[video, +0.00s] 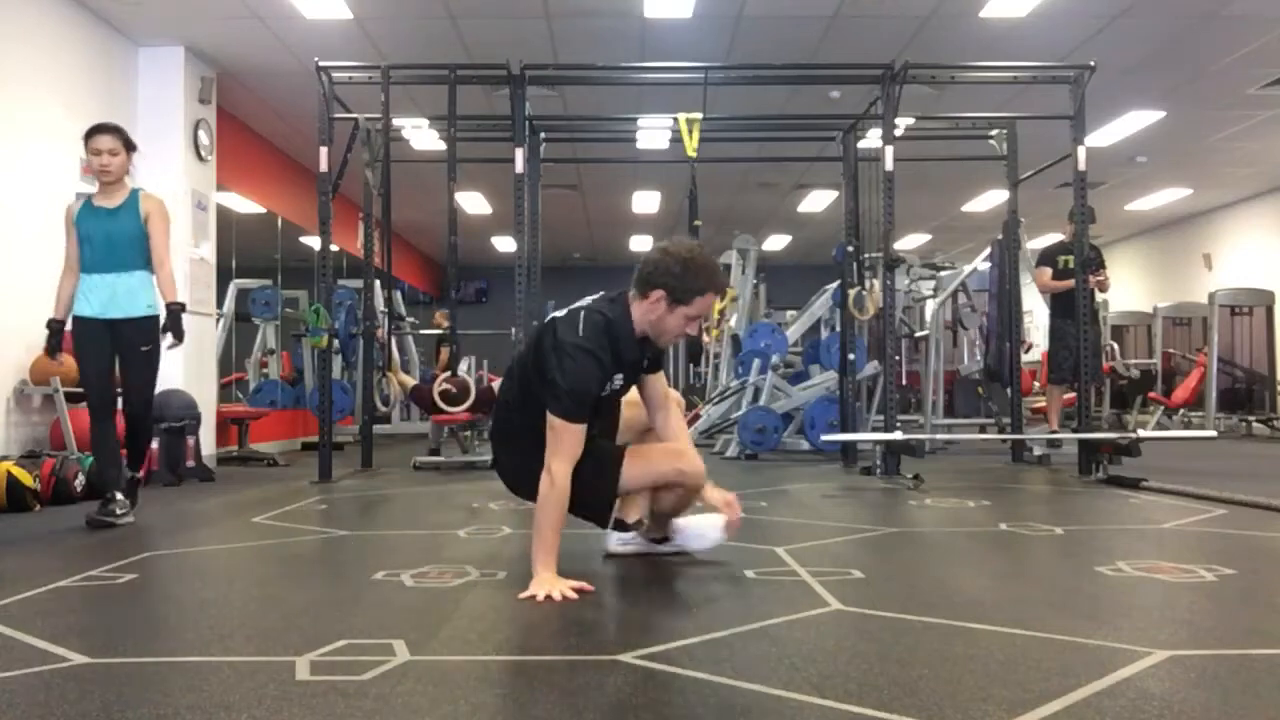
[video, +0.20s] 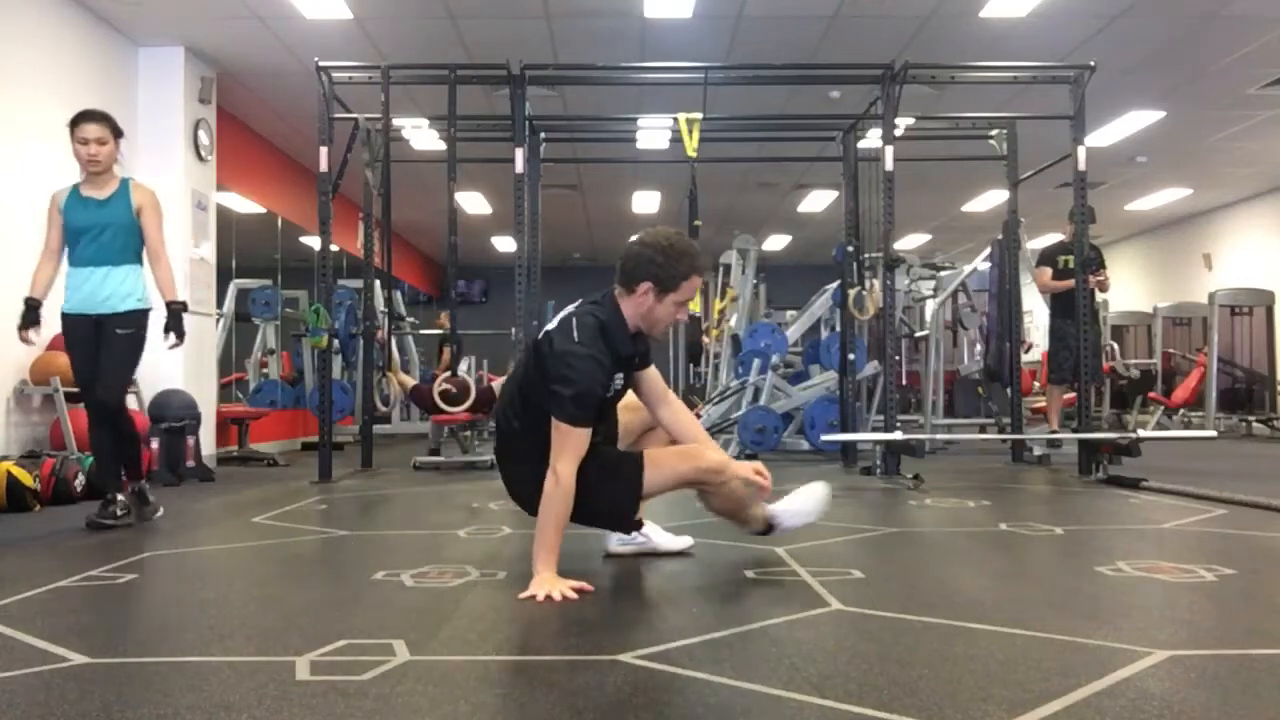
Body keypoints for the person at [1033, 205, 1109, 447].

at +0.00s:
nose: (1082, 230)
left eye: (1086, 225)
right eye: (1078, 224)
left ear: (1091, 226)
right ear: (1069, 224)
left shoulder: (1093, 252)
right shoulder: (1050, 252)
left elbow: (1104, 287)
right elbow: (1042, 284)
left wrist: (1101, 281)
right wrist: (1076, 283)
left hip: (1089, 321)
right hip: (1062, 321)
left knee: (1089, 376)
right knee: (1058, 377)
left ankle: (1087, 423)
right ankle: (1054, 427)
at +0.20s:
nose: (1082, 230)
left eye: (1086, 225)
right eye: (1078, 224)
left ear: (1091, 226)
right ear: (1069, 224)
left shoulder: (1094, 252)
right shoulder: (1051, 252)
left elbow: (1104, 287)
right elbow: (1043, 285)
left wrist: (1101, 281)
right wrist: (1076, 282)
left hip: (1089, 321)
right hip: (1062, 321)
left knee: (1089, 376)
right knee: (1058, 377)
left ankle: (1087, 423)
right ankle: (1054, 427)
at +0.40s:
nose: (1082, 230)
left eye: (1086, 225)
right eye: (1078, 224)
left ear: (1091, 226)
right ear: (1069, 224)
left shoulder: (1094, 252)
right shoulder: (1051, 252)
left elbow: (1104, 287)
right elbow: (1043, 284)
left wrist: (1101, 281)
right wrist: (1076, 283)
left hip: (1089, 321)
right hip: (1063, 321)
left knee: (1089, 375)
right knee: (1058, 377)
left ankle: (1087, 423)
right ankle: (1054, 427)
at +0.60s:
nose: (1082, 230)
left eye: (1087, 225)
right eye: (1078, 224)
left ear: (1092, 226)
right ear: (1069, 224)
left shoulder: (1094, 252)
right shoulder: (1051, 252)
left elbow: (1105, 287)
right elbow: (1042, 284)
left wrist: (1101, 281)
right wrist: (1076, 283)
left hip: (1089, 321)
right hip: (1063, 321)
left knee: (1089, 375)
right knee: (1058, 377)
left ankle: (1087, 423)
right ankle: (1054, 427)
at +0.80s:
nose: (1082, 230)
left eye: (1086, 225)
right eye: (1078, 224)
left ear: (1092, 226)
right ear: (1069, 224)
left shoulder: (1095, 252)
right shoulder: (1052, 252)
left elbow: (1105, 287)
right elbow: (1043, 284)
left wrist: (1101, 281)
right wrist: (1076, 282)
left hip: (1089, 321)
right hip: (1063, 321)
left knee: (1089, 376)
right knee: (1058, 377)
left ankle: (1087, 424)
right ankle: (1054, 427)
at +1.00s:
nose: (1082, 230)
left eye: (1086, 225)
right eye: (1078, 224)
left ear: (1092, 226)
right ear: (1069, 224)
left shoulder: (1095, 252)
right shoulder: (1052, 252)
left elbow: (1105, 287)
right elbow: (1043, 284)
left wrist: (1101, 281)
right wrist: (1076, 282)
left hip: (1089, 321)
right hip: (1063, 321)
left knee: (1089, 376)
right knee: (1058, 377)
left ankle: (1087, 423)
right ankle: (1054, 427)